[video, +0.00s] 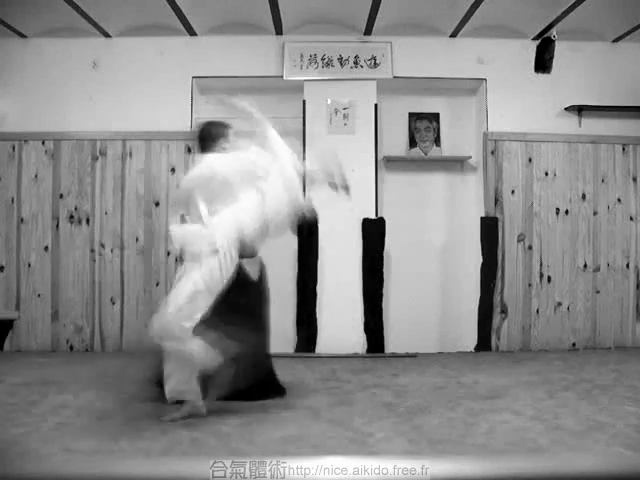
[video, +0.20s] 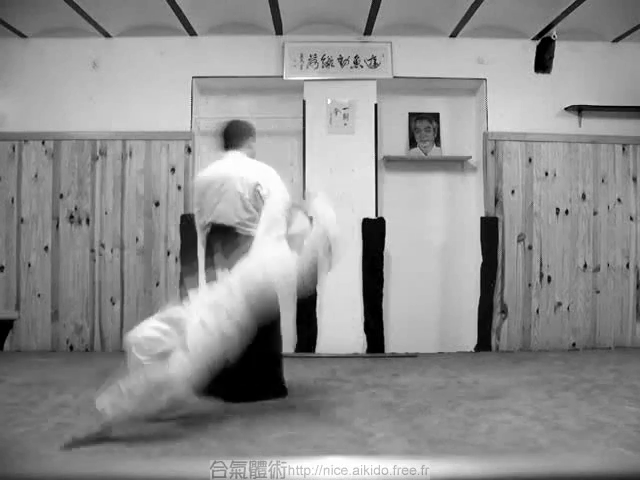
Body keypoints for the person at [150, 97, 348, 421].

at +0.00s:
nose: (232, 142)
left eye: (229, 138)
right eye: (229, 138)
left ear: (200, 145)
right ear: (224, 140)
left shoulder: (194, 178)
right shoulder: (245, 164)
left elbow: (190, 225)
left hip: (213, 258)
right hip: (246, 258)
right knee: (250, 322)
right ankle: (256, 380)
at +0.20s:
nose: (255, 147)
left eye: (253, 142)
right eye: (254, 142)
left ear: (225, 143)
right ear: (249, 143)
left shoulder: (205, 175)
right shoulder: (262, 173)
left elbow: (200, 221)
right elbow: (278, 216)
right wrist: (276, 252)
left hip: (216, 248)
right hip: (252, 248)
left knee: (221, 311)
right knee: (260, 310)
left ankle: (221, 382)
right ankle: (263, 382)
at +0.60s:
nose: (264, 149)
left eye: (264, 144)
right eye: (264, 144)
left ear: (235, 143)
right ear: (259, 143)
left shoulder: (216, 174)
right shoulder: (264, 178)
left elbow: (219, 215)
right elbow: (279, 229)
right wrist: (296, 262)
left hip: (220, 249)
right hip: (252, 253)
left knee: (222, 317)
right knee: (262, 318)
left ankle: (221, 378)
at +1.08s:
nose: (261, 148)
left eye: (260, 143)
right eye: (261, 143)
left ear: (231, 143)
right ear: (256, 143)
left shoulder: (216, 172)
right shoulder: (263, 174)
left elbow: (207, 218)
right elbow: (280, 218)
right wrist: (280, 257)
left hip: (223, 257)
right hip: (256, 258)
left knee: (229, 320)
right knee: (262, 320)